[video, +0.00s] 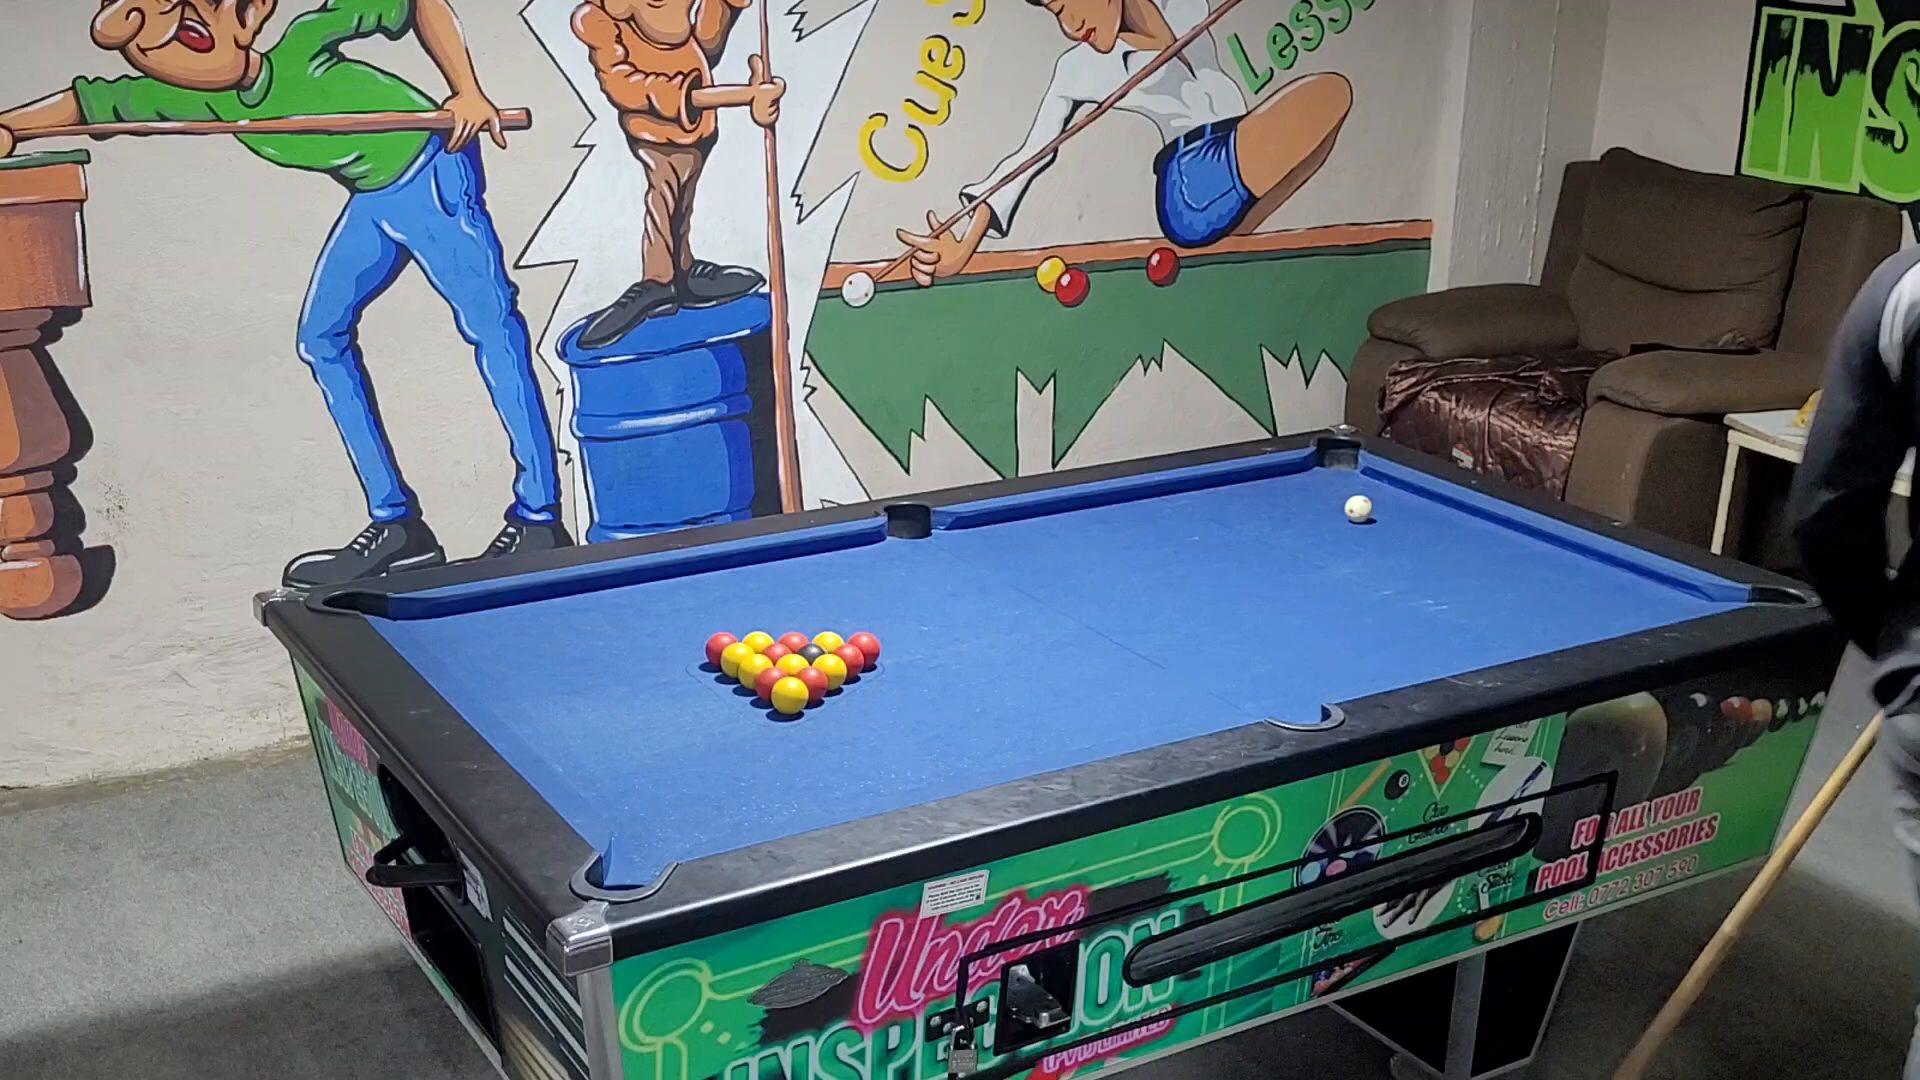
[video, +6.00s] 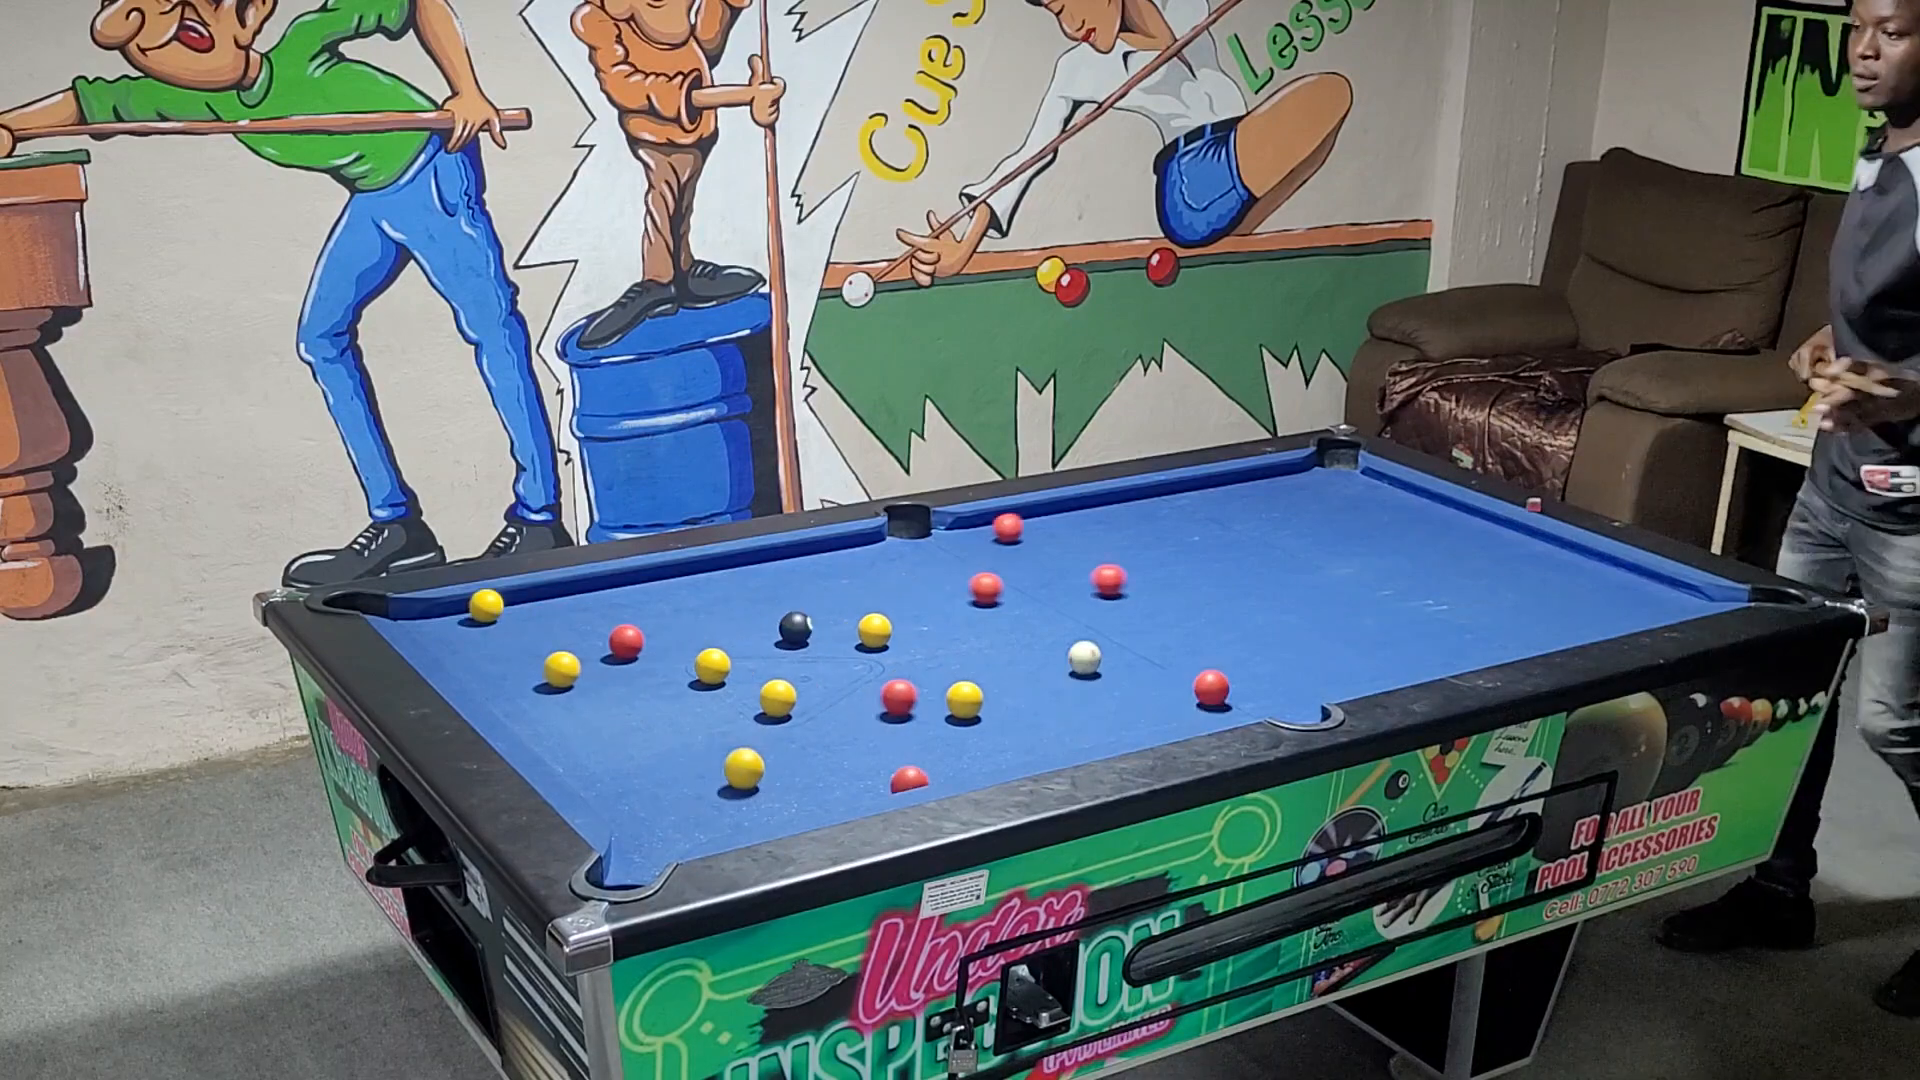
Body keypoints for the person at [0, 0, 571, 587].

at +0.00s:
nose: (207, 59)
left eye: (200, 44)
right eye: (190, 58)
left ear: (223, 23)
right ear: (181, 74)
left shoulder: (300, 37)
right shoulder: (211, 99)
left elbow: (419, 4)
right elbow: (89, 101)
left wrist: (466, 87)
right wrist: (9, 124)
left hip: (426, 166)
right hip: (369, 199)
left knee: (492, 330)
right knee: (322, 338)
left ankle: (540, 517)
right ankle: (397, 522)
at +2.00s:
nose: (209, 57)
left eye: (202, 43)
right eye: (191, 57)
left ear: (224, 22)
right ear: (182, 73)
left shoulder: (300, 37)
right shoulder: (211, 98)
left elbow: (419, 4)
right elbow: (89, 100)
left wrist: (467, 87)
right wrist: (9, 124)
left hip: (426, 165)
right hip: (369, 199)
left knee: (493, 330)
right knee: (322, 338)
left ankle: (540, 517)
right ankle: (397, 523)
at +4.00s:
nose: (204, 52)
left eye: (198, 37)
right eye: (188, 53)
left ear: (222, 18)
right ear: (181, 74)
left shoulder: (300, 37)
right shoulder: (215, 98)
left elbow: (417, 3)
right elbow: (92, 100)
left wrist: (467, 88)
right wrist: (10, 123)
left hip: (426, 165)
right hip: (369, 198)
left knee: (492, 329)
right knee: (322, 338)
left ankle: (540, 518)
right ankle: (397, 523)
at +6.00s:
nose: (208, 58)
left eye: (201, 42)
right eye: (191, 58)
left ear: (228, 22)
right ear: (185, 75)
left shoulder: (300, 37)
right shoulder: (213, 98)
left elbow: (419, 4)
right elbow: (90, 101)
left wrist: (467, 87)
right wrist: (9, 124)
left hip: (426, 165)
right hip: (369, 199)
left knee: (492, 328)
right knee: (322, 337)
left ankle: (541, 516)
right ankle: (397, 522)